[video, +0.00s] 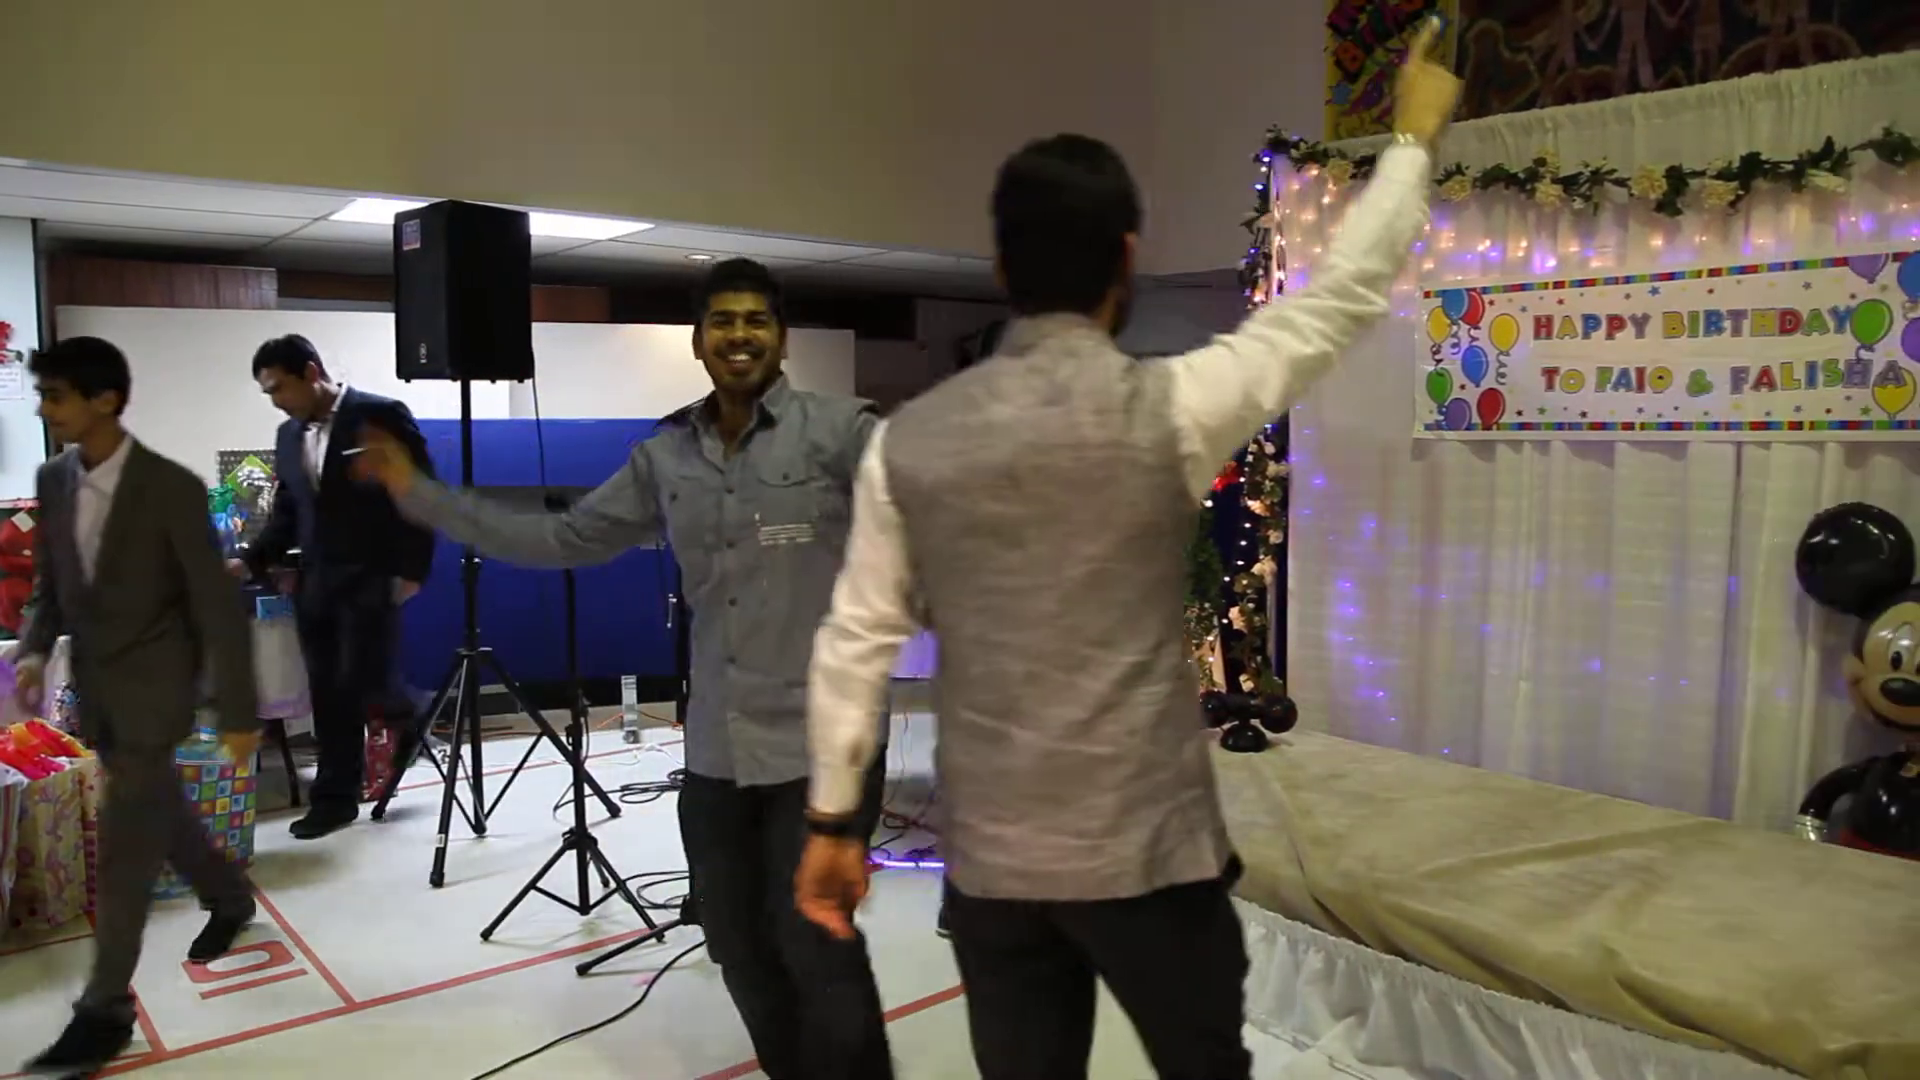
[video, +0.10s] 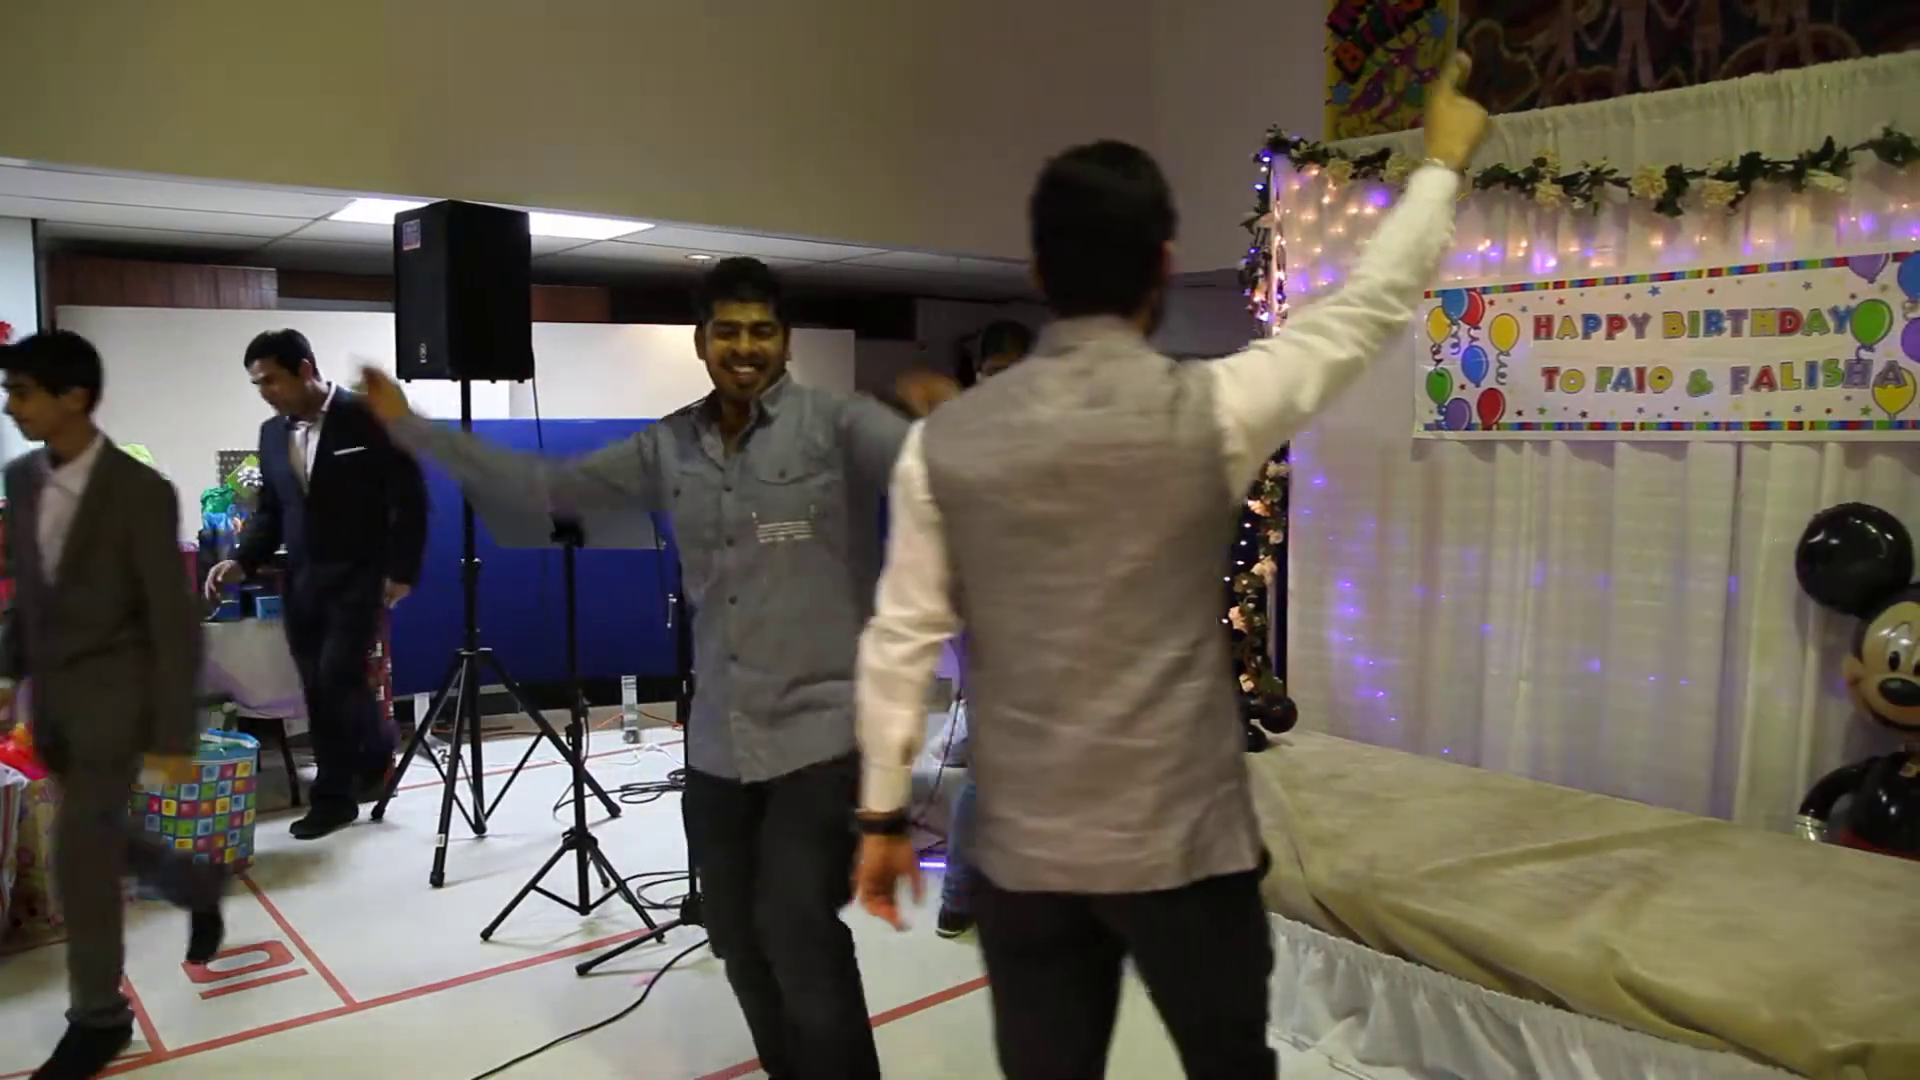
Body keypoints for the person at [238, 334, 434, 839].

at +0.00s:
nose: (274, 401)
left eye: (278, 388)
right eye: (268, 392)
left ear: (312, 373)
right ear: (299, 381)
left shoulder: (381, 418)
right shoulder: (290, 436)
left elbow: (420, 493)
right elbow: (287, 513)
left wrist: (414, 569)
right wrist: (251, 559)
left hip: (375, 578)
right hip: (318, 581)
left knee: (369, 681)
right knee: (330, 695)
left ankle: (413, 712)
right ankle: (335, 801)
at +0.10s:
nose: (265, 394)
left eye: (270, 382)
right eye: (258, 385)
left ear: (306, 371)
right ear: (261, 385)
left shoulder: (364, 418)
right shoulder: (274, 432)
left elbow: (410, 493)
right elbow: (271, 508)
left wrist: (403, 571)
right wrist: (241, 559)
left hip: (359, 576)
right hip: (304, 578)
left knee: (338, 679)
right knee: (318, 685)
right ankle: (334, 790)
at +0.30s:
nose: (245, 387)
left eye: (255, 376)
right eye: (242, 377)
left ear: (293, 374)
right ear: (243, 379)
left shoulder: (356, 431)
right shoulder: (243, 442)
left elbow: (393, 513)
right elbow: (238, 519)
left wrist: (401, 589)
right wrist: (226, 564)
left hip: (340, 594)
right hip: (280, 599)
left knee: (329, 713)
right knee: (314, 713)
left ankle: (326, 848)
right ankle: (322, 821)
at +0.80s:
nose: (194, 354)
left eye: (207, 343)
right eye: (191, 344)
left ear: (251, 351)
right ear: (195, 354)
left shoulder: (308, 423)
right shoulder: (178, 431)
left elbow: (346, 520)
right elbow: (167, 530)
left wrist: (341, 599)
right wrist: (151, 615)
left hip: (291, 621)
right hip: (207, 623)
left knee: (299, 751)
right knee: (206, 748)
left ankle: (308, 875)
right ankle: (257, 855)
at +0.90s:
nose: (172, 356)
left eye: (186, 344)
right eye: (170, 345)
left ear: (232, 352)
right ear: (175, 355)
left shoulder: (291, 426)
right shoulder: (160, 433)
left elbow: (323, 520)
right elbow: (150, 534)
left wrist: (311, 601)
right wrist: (132, 619)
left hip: (273, 633)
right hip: (186, 635)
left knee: (289, 765)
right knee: (190, 783)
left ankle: (304, 879)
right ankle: (186, 923)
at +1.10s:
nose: (108, 363)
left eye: (120, 352)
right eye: (106, 352)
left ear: (170, 358)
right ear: (126, 363)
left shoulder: (233, 440)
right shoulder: (104, 443)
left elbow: (263, 551)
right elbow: (93, 555)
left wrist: (251, 642)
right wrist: (75, 643)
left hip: (205, 661)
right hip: (123, 664)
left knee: (253, 790)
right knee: (126, 818)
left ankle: (301, 869)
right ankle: (125, 959)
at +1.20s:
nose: (69, 360)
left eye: (81, 346)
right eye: (66, 347)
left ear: (132, 349)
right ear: (79, 353)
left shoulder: (198, 433)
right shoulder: (67, 435)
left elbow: (229, 545)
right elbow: (50, 546)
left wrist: (229, 644)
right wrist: (28, 640)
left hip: (161, 656)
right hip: (78, 660)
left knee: (199, 783)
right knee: (97, 817)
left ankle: (267, 856)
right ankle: (123, 956)